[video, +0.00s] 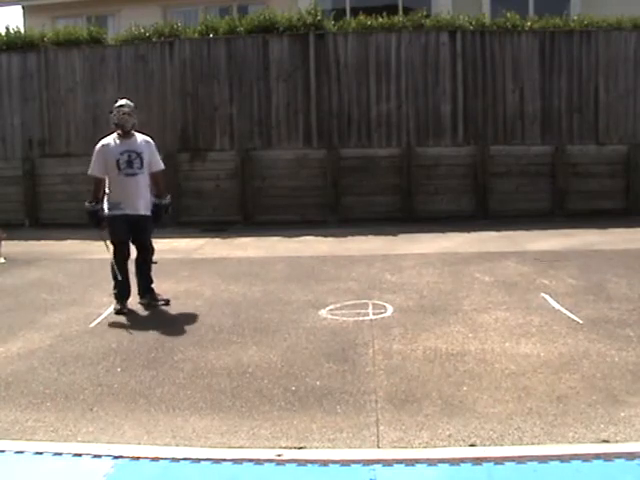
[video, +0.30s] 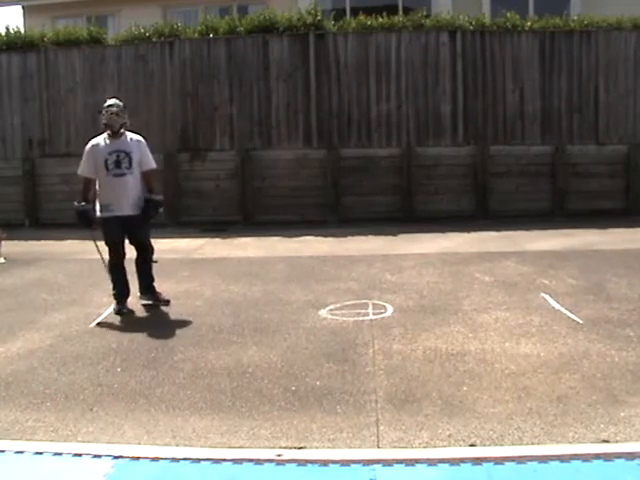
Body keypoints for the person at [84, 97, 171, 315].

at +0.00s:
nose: (125, 119)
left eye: (129, 115)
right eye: (120, 115)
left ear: (134, 118)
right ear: (114, 119)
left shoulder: (146, 143)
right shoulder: (104, 147)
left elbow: (156, 173)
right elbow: (99, 180)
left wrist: (162, 198)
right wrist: (95, 207)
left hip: (142, 208)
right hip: (117, 209)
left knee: (146, 251)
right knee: (121, 254)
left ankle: (146, 292)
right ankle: (121, 297)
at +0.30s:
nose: (113, 118)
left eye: (117, 114)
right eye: (109, 114)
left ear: (125, 117)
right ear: (103, 118)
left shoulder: (137, 142)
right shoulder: (94, 147)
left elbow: (148, 172)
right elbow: (88, 180)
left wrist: (153, 197)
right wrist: (85, 207)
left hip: (136, 209)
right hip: (109, 212)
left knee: (145, 250)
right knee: (116, 257)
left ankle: (148, 290)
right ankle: (120, 298)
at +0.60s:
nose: (111, 120)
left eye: (114, 115)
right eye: (106, 116)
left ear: (121, 117)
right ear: (99, 119)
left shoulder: (133, 141)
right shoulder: (90, 148)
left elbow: (146, 170)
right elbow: (85, 180)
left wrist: (150, 194)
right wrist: (83, 206)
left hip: (132, 210)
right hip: (107, 212)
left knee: (142, 251)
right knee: (115, 257)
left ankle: (145, 293)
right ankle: (120, 298)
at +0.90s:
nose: (111, 120)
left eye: (114, 116)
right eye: (106, 116)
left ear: (121, 118)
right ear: (97, 119)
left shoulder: (131, 142)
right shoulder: (89, 148)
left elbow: (144, 171)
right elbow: (85, 181)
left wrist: (152, 195)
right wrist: (86, 206)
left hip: (133, 209)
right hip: (107, 212)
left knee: (143, 251)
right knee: (114, 257)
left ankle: (147, 291)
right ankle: (120, 298)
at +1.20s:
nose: (111, 121)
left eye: (114, 116)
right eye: (106, 116)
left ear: (120, 118)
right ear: (97, 119)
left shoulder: (130, 143)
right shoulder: (88, 148)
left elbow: (141, 173)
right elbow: (83, 180)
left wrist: (149, 197)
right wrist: (84, 203)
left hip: (131, 209)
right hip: (105, 212)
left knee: (141, 252)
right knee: (114, 258)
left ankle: (147, 292)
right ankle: (120, 298)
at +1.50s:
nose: (111, 121)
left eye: (114, 116)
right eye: (106, 117)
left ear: (119, 118)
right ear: (97, 120)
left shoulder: (129, 143)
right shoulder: (87, 149)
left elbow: (141, 173)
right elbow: (83, 182)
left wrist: (149, 197)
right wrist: (83, 209)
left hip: (130, 210)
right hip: (105, 213)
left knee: (139, 252)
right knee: (114, 258)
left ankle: (144, 291)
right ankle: (120, 298)